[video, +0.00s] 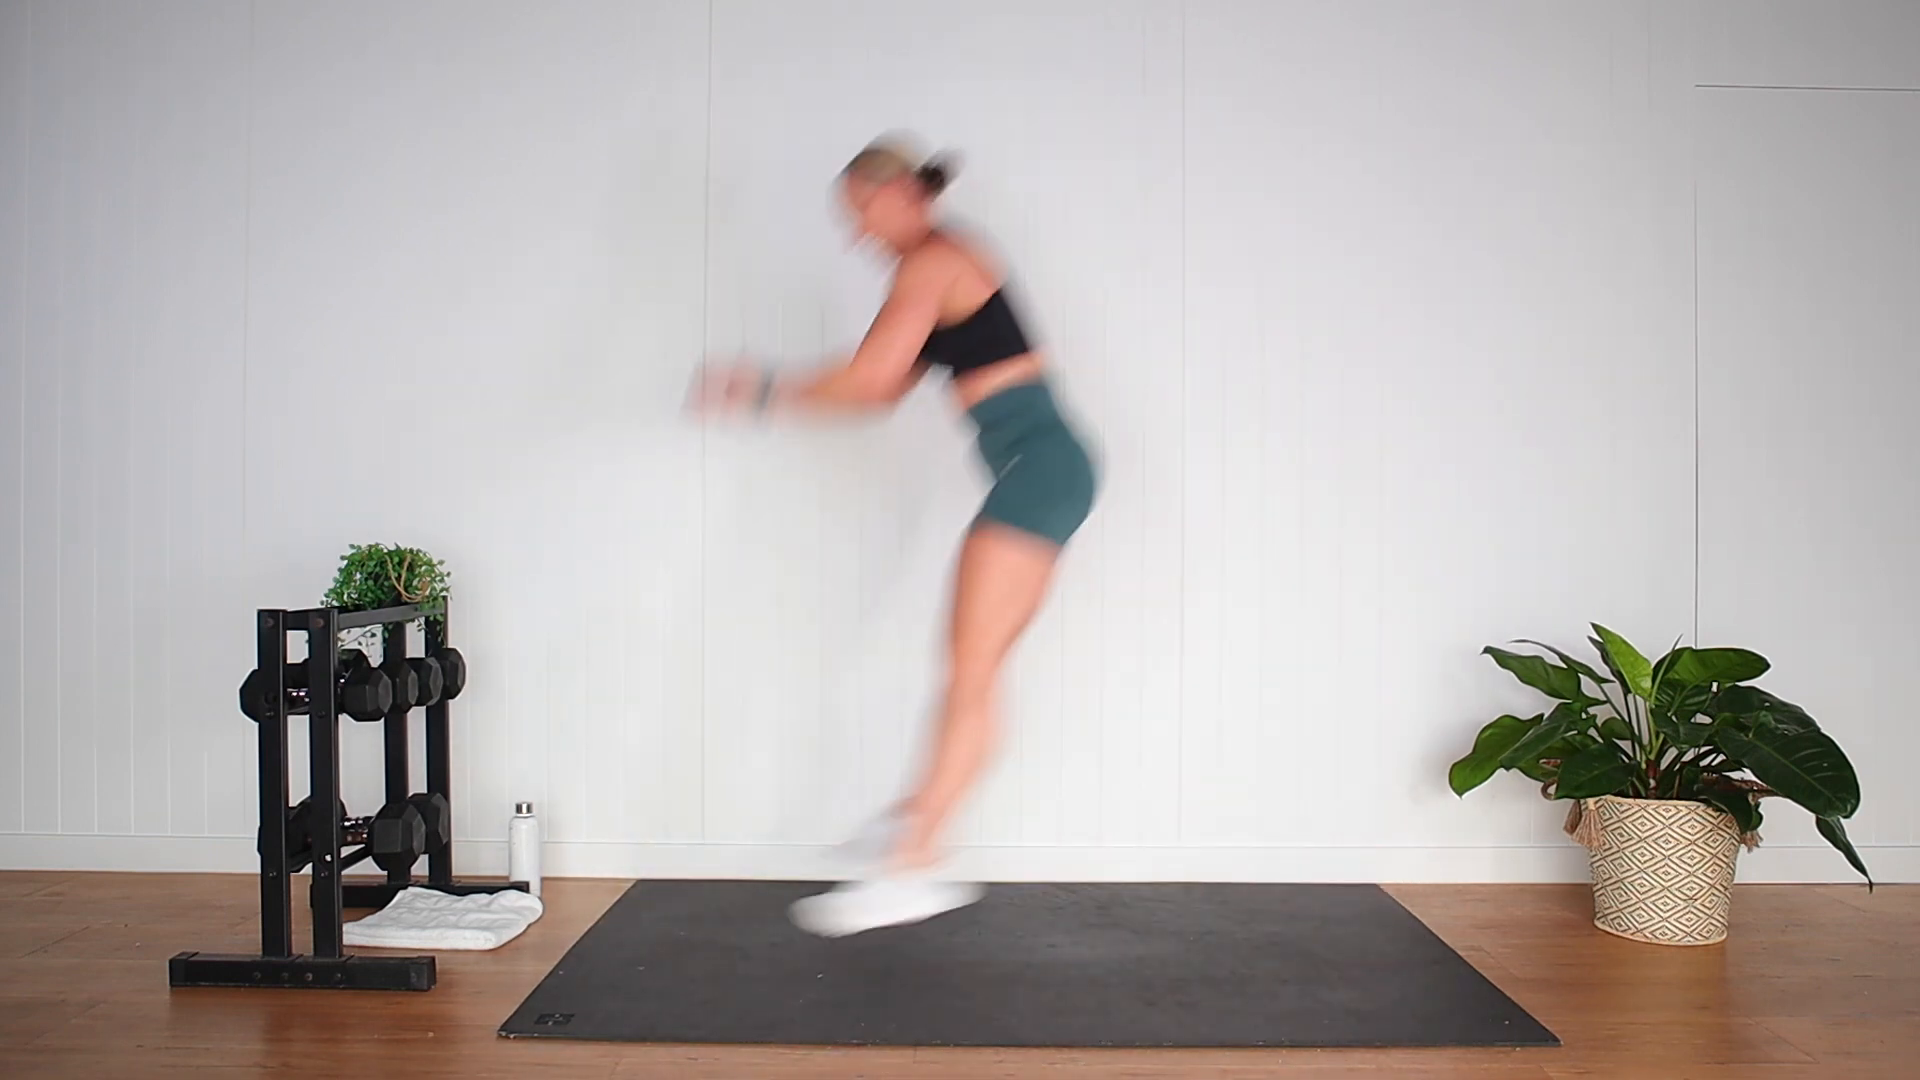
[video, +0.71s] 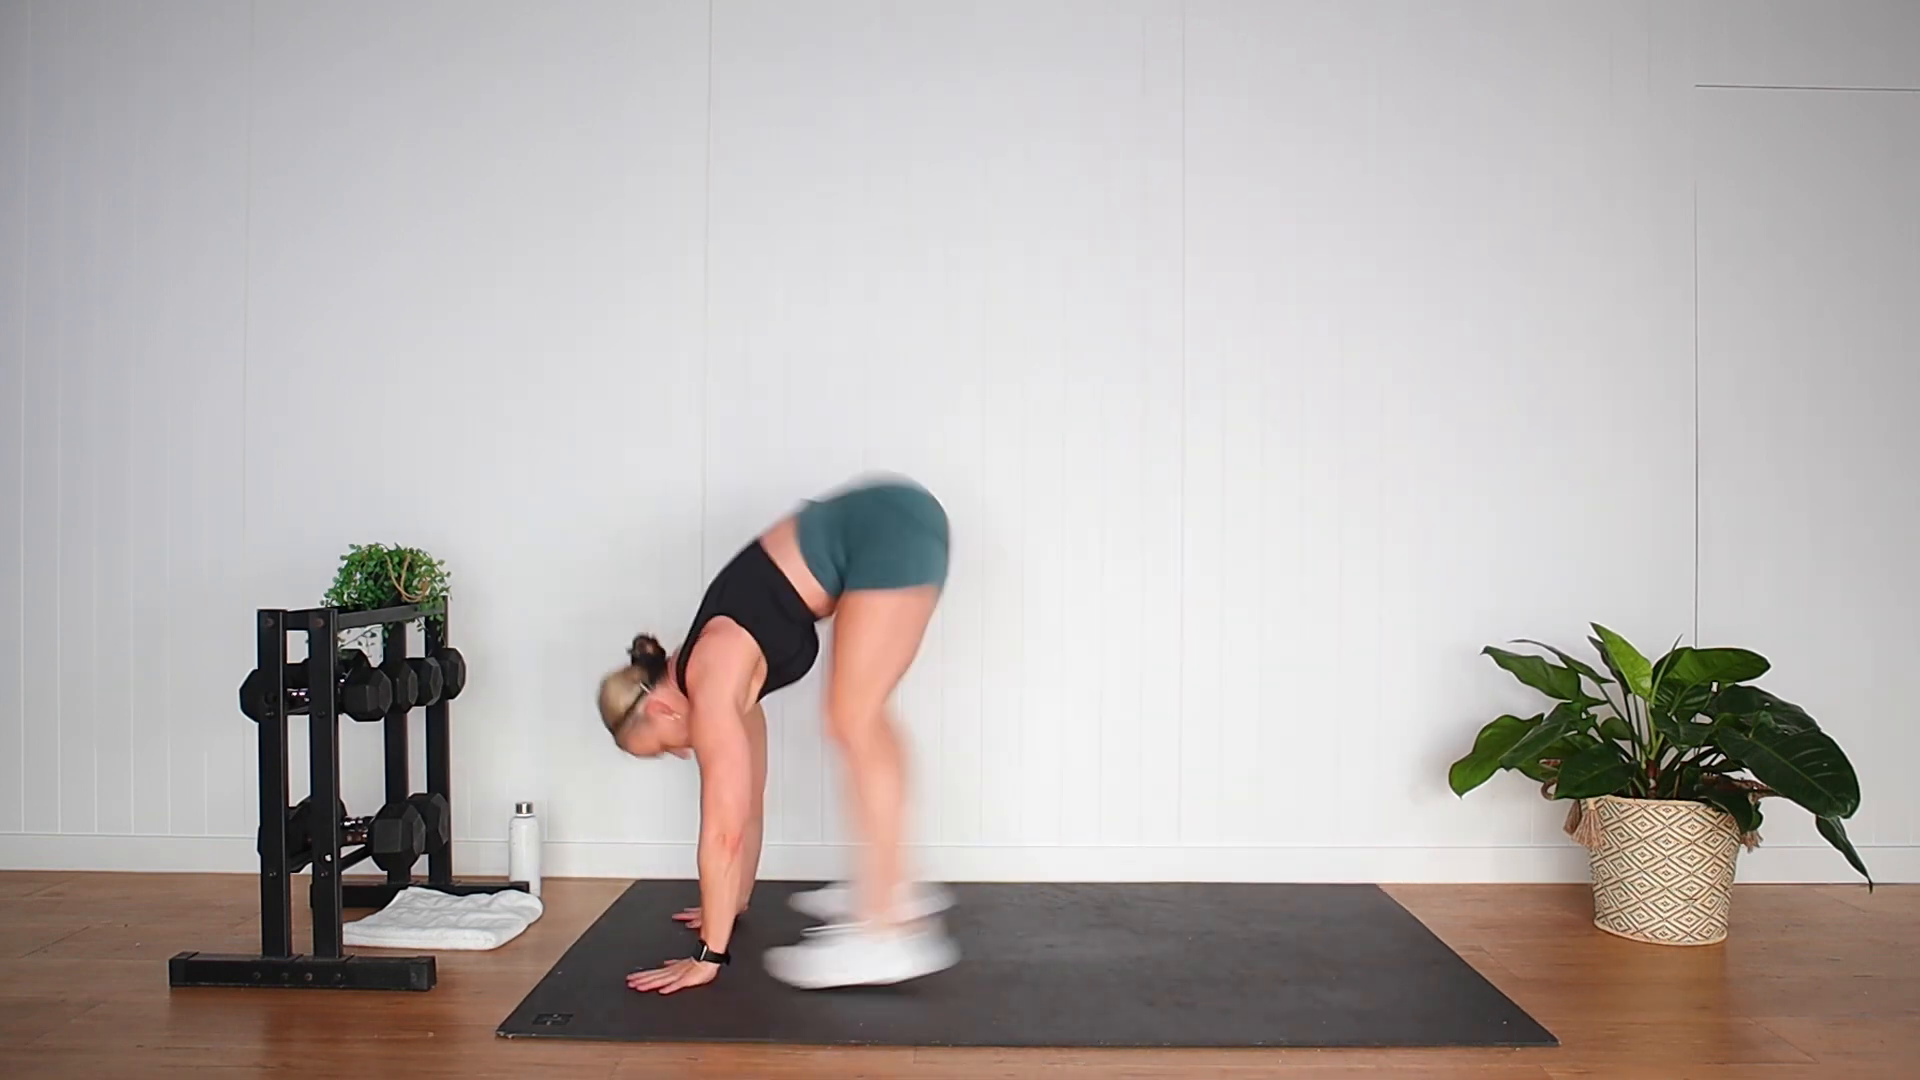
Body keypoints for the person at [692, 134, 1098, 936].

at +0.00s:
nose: (858, 229)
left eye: (864, 210)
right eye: (854, 214)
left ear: (902, 196)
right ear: (903, 200)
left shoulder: (934, 264)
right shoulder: (948, 258)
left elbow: (872, 380)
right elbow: (878, 388)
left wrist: (766, 391)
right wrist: (771, 390)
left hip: (1038, 463)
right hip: (1043, 460)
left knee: (973, 662)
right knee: (975, 659)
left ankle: (919, 859)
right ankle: (918, 823)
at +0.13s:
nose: (791, 348)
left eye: (792, 330)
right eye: (786, 333)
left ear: (827, 314)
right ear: (826, 315)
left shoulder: (867, 386)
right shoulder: (882, 375)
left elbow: (822, 513)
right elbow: (831, 508)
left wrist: (731, 573)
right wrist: (741, 562)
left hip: (967, 579)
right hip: (970, 575)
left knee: (843, 732)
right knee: (848, 726)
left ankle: (845, 941)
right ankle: (858, 891)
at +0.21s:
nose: (736, 431)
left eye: (739, 412)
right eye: (731, 416)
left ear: (774, 398)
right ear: (776, 399)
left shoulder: (820, 470)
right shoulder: (836, 456)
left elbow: (776, 608)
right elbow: (793, 605)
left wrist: (706, 697)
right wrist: (717, 683)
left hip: (949, 634)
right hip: (951, 627)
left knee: (787, 742)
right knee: (804, 736)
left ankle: (840, 941)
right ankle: (858, 892)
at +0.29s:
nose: (689, 508)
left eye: (688, 491)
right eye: (682, 496)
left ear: (717, 473)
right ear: (726, 473)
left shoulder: (769, 535)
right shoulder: (790, 518)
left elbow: (740, 675)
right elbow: (764, 673)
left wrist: (698, 784)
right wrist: (721, 763)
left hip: (947, 643)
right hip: (960, 635)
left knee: (783, 742)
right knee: (801, 736)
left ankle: (840, 939)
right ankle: (860, 895)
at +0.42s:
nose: (639, 645)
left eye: (632, 631)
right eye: (629, 635)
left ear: (654, 603)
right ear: (661, 597)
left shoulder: (717, 634)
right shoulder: (735, 617)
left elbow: (710, 773)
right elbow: (741, 761)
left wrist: (695, 905)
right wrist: (727, 859)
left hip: (936, 649)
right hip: (941, 640)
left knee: (772, 746)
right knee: (792, 739)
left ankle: (842, 938)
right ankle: (862, 897)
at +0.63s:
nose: (652, 742)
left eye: (638, 734)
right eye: (638, 740)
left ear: (643, 693)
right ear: (648, 683)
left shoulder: (705, 685)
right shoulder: (727, 671)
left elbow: (723, 836)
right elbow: (746, 807)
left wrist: (710, 955)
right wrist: (733, 902)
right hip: (908, 584)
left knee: (794, 735)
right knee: (808, 731)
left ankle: (842, 939)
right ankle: (861, 895)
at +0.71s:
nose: (680, 754)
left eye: (663, 747)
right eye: (665, 754)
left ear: (662, 705)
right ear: (662, 700)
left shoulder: (714, 677)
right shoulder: (733, 680)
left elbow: (726, 828)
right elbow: (747, 806)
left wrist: (711, 955)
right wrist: (734, 900)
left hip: (891, 527)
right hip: (886, 525)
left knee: (855, 719)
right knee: (859, 716)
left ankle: (886, 928)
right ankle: (888, 890)